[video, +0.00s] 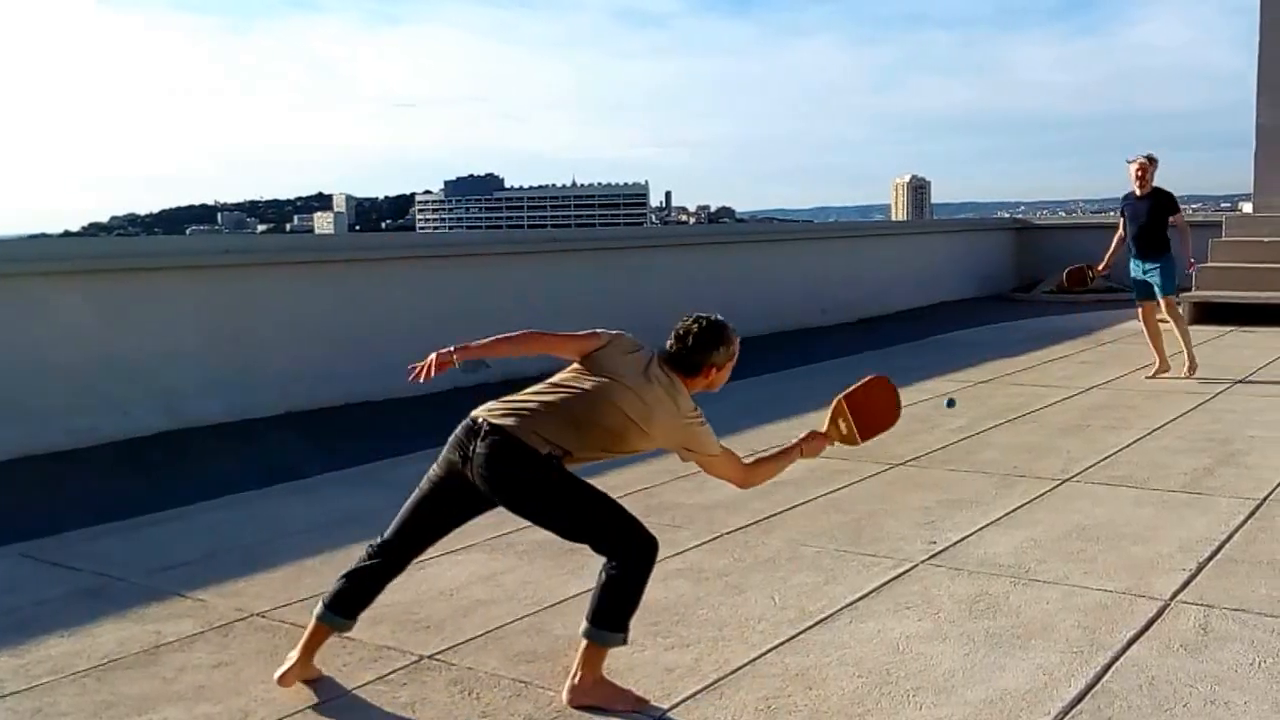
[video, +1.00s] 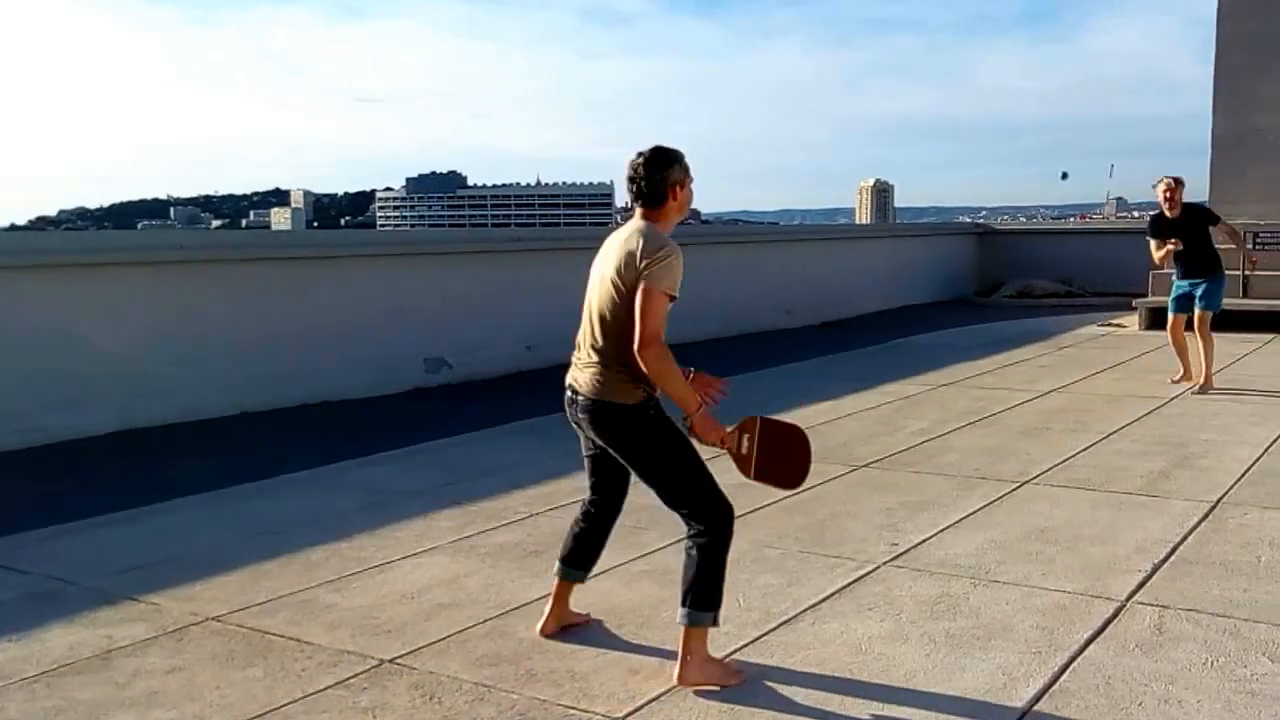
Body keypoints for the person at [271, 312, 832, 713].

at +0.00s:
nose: (728, 376)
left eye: (730, 367)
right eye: (728, 368)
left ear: (678, 350)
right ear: (707, 371)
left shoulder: (621, 347)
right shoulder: (681, 418)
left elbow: (533, 342)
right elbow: (745, 475)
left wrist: (458, 351)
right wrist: (805, 447)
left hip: (473, 434)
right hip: (518, 461)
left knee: (389, 550)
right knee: (635, 545)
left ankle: (299, 660)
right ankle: (588, 679)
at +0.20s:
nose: (734, 311)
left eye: (732, 300)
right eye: (734, 302)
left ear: (682, 291)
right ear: (720, 306)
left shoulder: (626, 304)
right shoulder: (706, 365)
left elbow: (538, 323)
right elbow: (738, 440)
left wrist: (494, 378)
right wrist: (776, 444)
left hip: (498, 408)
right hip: (546, 424)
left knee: (473, 540)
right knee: (631, 545)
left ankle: (364, 636)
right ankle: (581, 680)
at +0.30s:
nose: (721, 269)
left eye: (720, 260)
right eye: (720, 260)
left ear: (666, 258)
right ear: (708, 265)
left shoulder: (615, 277)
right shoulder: (701, 322)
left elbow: (534, 313)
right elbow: (712, 416)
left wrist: (494, 378)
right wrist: (732, 452)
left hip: (513, 391)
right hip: (564, 407)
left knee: (552, 513)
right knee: (622, 542)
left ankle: (469, 616)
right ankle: (577, 678)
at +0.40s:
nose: (704, 243)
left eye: (703, 234)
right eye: (704, 234)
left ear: (650, 229)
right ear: (694, 234)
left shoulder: (601, 255)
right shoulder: (693, 288)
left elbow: (533, 304)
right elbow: (691, 392)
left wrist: (503, 375)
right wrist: (694, 449)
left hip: (534, 384)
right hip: (583, 395)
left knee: (590, 501)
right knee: (618, 537)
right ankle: (574, 679)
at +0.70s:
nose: (694, 189)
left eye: (693, 179)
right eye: (693, 180)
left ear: (640, 179)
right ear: (683, 180)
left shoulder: (598, 224)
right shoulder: (685, 236)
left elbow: (537, 281)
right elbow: (690, 332)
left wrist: (538, 352)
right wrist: (695, 377)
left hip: (572, 373)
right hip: (623, 380)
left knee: (618, 495)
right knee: (684, 509)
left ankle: (614, 624)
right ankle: (644, 648)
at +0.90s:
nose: (689, 187)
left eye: (687, 177)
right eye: (687, 178)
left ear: (633, 184)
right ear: (674, 183)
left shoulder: (596, 238)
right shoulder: (678, 240)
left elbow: (568, 323)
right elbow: (681, 332)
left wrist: (605, 366)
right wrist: (715, 388)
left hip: (585, 389)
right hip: (637, 395)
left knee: (592, 498)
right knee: (705, 517)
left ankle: (561, 607)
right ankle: (696, 661)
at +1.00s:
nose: (692, 192)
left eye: (689, 183)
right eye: (689, 183)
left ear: (641, 192)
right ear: (675, 191)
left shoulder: (619, 239)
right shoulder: (661, 250)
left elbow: (627, 335)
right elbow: (649, 349)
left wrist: (685, 377)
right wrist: (695, 412)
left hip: (581, 396)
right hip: (620, 406)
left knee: (603, 500)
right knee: (712, 515)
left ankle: (556, 611)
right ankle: (694, 658)